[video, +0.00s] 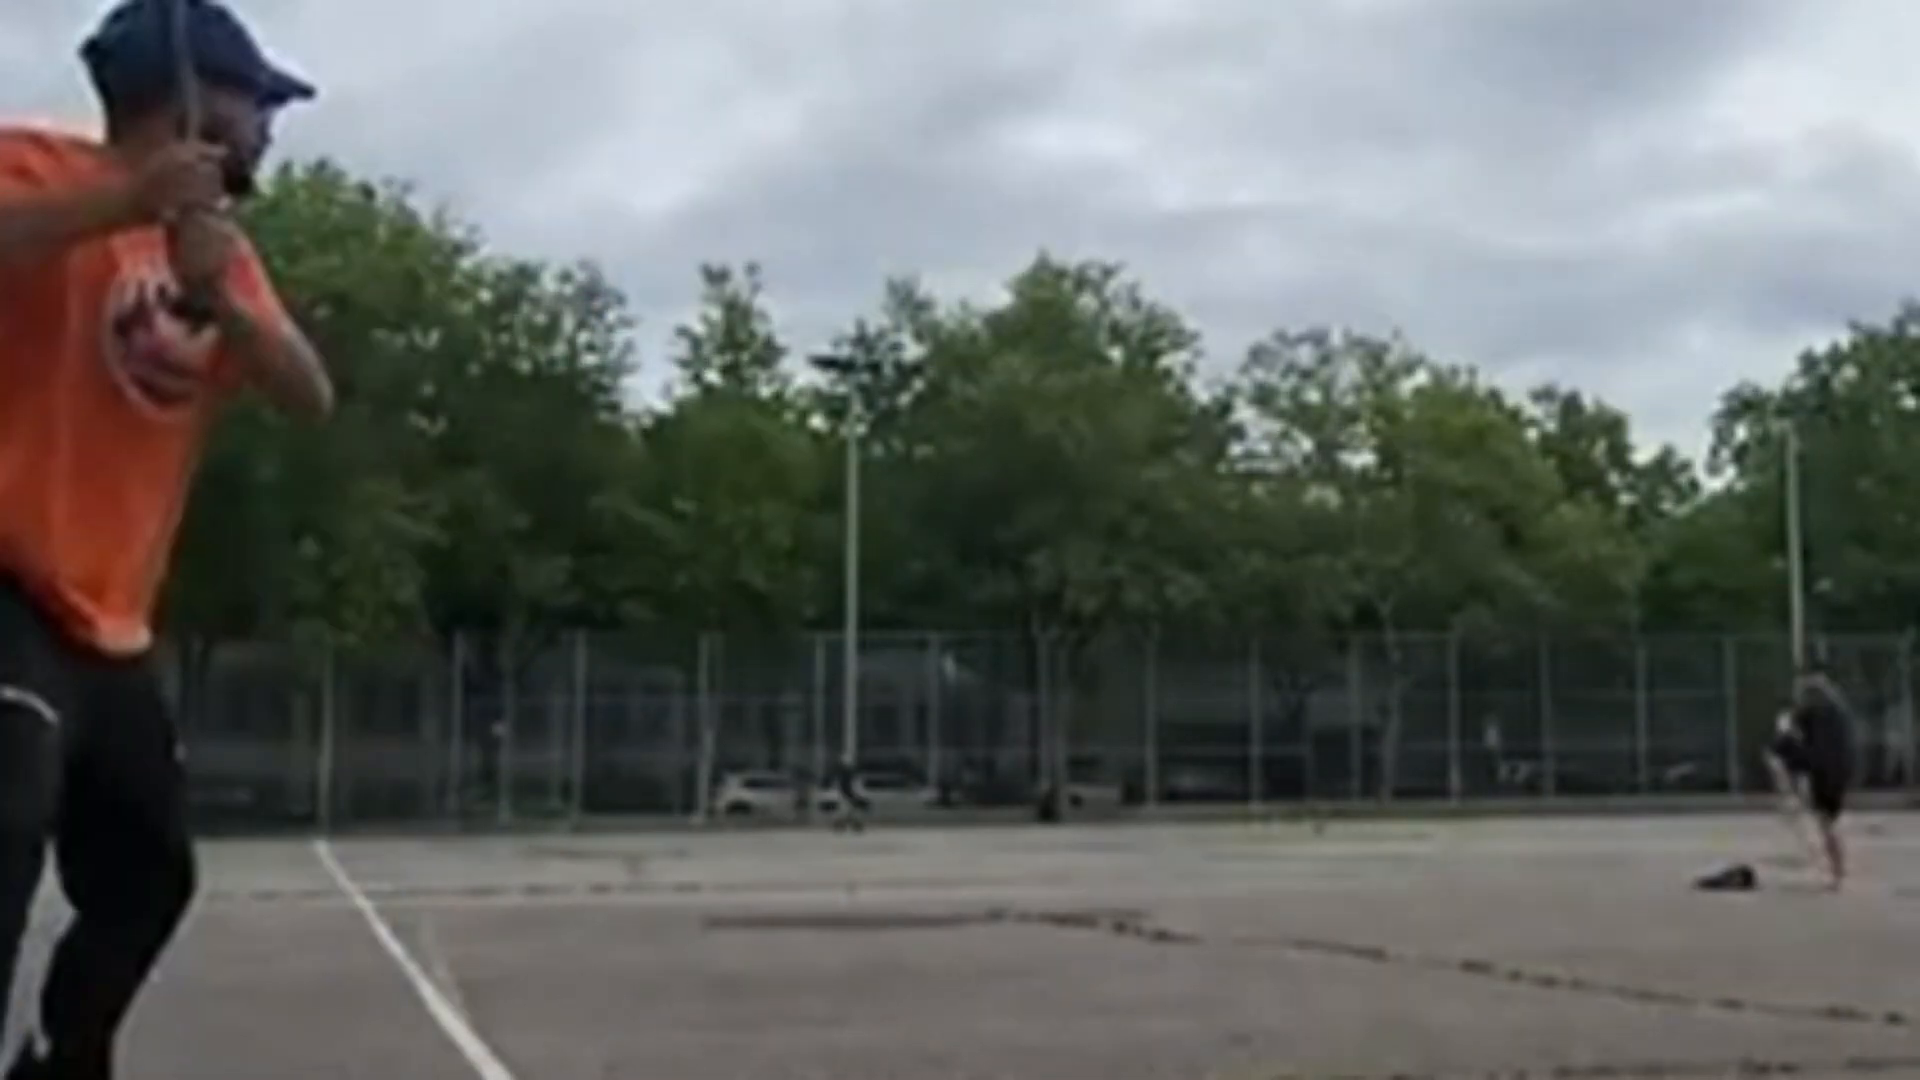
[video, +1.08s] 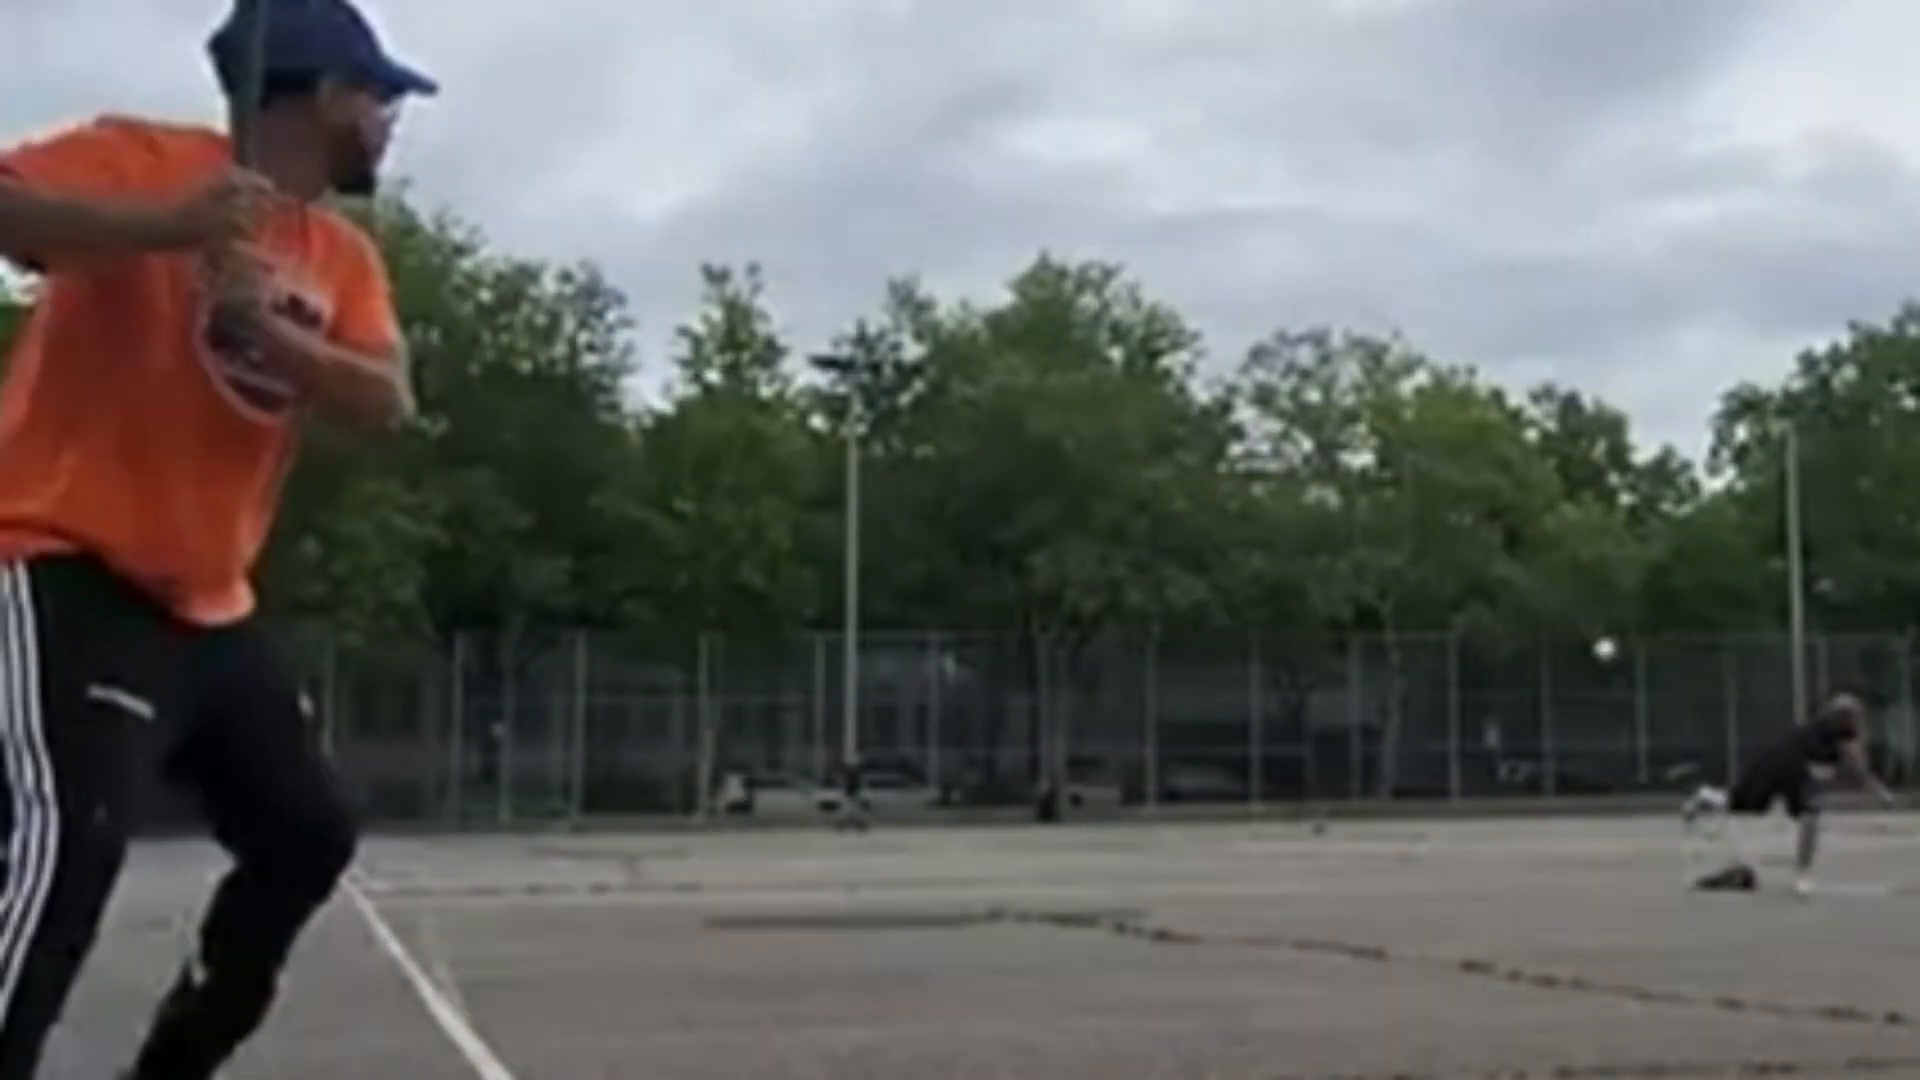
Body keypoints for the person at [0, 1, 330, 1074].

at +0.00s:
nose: (261, 136)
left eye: (265, 112)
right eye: (242, 108)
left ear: (222, 118)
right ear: (168, 102)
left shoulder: (221, 247)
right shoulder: (39, 170)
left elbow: (310, 397)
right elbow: (8, 233)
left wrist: (227, 307)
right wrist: (128, 199)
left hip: (113, 623)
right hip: (16, 597)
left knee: (145, 882)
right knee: (14, 839)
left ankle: (68, 1064)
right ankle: (19, 1054)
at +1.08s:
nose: (388, 119)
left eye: (388, 98)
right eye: (370, 94)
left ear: (311, 107)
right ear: (303, 95)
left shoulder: (345, 253)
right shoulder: (140, 160)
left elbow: (384, 403)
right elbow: (8, 207)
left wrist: (276, 334)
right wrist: (167, 222)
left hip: (201, 593)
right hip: (56, 555)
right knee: (69, 835)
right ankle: (11, 1056)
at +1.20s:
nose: (442, 150)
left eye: (441, 130)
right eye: (429, 127)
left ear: (373, 132)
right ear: (372, 126)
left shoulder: (399, 275)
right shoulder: (178, 184)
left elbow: (417, 398)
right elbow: (12, 239)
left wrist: (272, 328)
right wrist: (154, 243)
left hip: (230, 598)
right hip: (87, 559)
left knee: (324, 844)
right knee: (75, 838)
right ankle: (16, 1052)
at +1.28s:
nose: (474, 200)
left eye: (474, 178)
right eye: (461, 175)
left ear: (405, 180)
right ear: (396, 172)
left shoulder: (424, 299)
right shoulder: (204, 224)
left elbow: (446, 413)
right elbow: (24, 336)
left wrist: (283, 353)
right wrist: (165, 297)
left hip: (256, 619)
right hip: (120, 584)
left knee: (364, 853)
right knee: (138, 850)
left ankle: (399, 1055)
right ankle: (22, 1060)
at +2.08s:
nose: (459, 124)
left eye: (473, 106)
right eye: (444, 93)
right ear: (363, 57)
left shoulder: (405, 258)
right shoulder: (207, 153)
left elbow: (383, 446)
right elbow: (36, 315)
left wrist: (347, 488)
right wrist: (243, 408)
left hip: (285, 589)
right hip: (142, 554)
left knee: (342, 849)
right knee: (91, 877)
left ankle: (297, 1061)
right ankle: (20, 1056)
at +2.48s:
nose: (487, 129)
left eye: (499, 112)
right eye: (478, 99)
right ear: (408, 64)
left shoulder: (415, 270)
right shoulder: (286, 153)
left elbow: (404, 456)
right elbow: (170, 341)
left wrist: (449, 619)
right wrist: (332, 520)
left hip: (315, 587)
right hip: (203, 547)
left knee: (298, 850)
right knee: (156, 825)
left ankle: (275, 1054)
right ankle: (40, 1055)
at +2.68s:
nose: (503, 137)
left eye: (514, 121)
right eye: (493, 108)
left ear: (450, 101)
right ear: (420, 71)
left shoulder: (436, 294)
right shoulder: (275, 148)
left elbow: (426, 474)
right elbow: (133, 308)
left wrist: (476, 659)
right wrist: (197, 511)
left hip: (318, 602)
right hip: (186, 562)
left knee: (299, 867)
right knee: (131, 853)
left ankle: (273, 1049)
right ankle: (33, 1058)